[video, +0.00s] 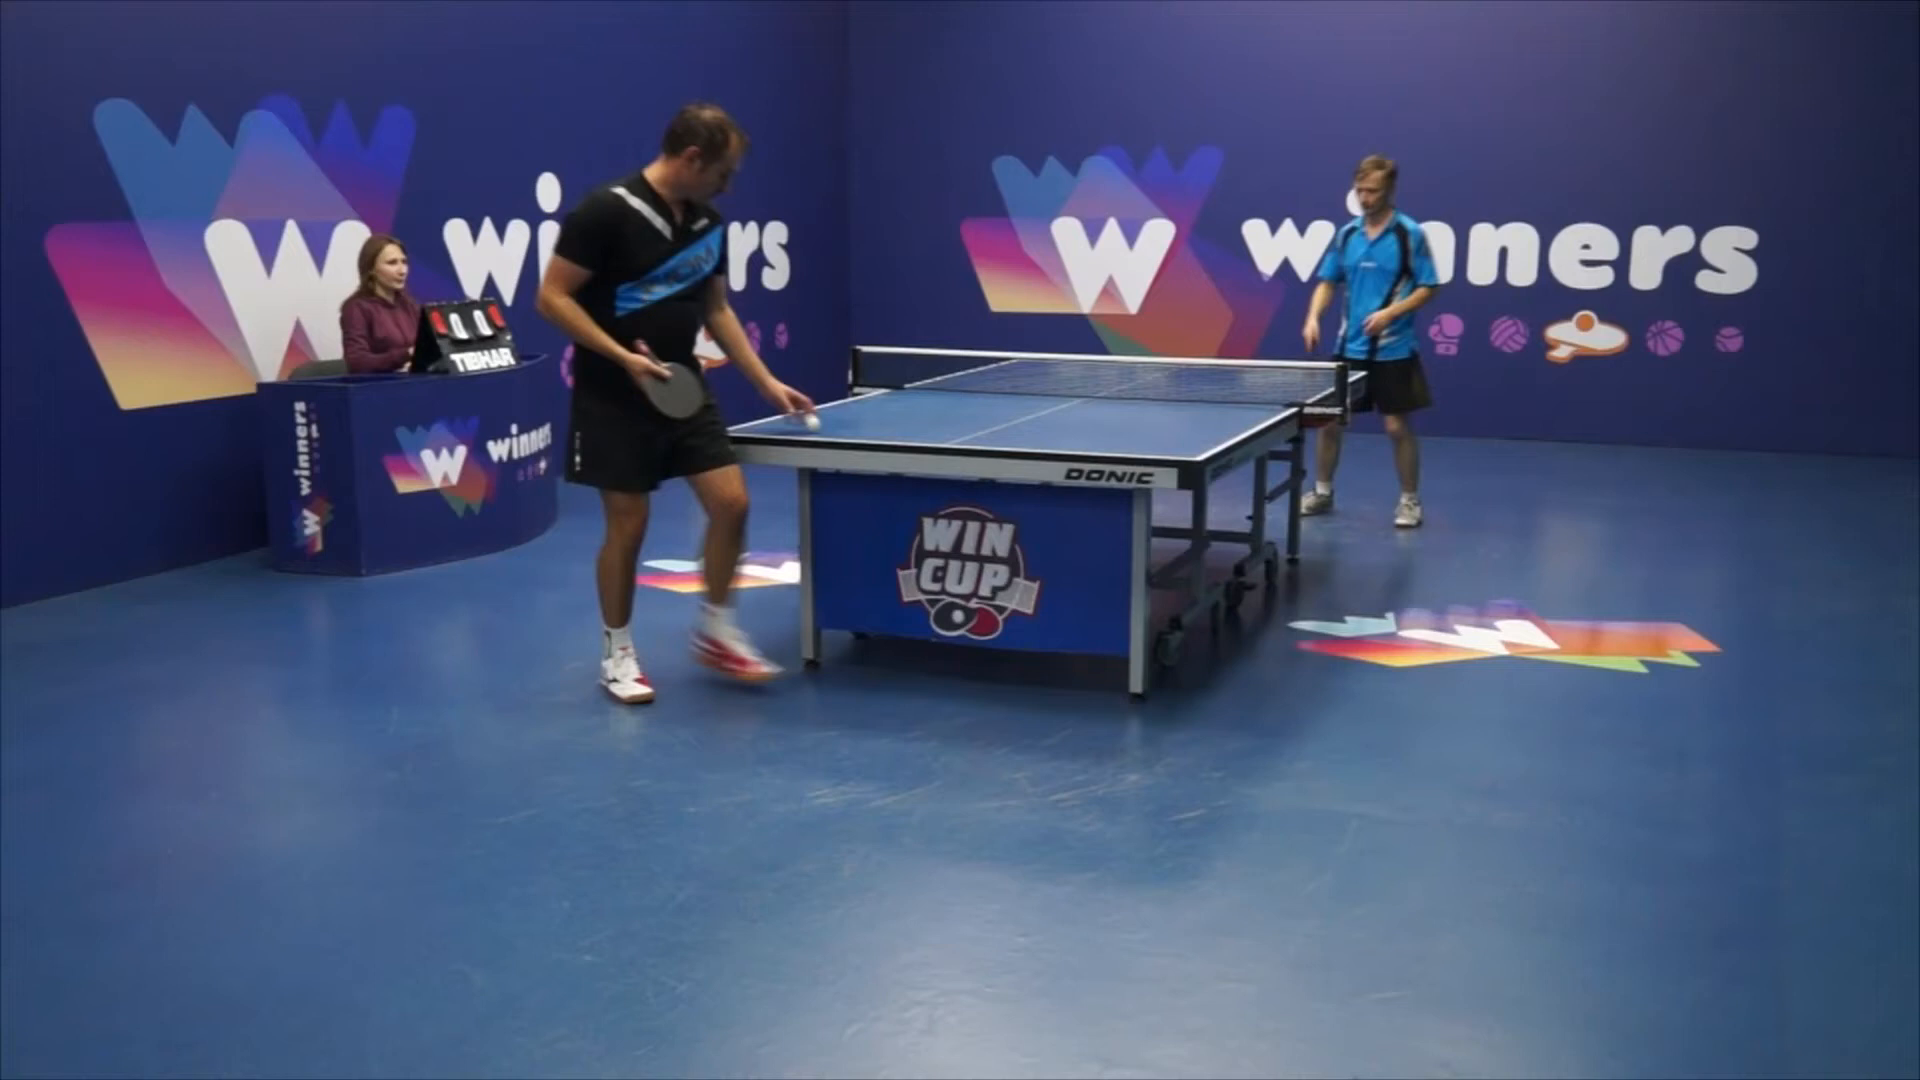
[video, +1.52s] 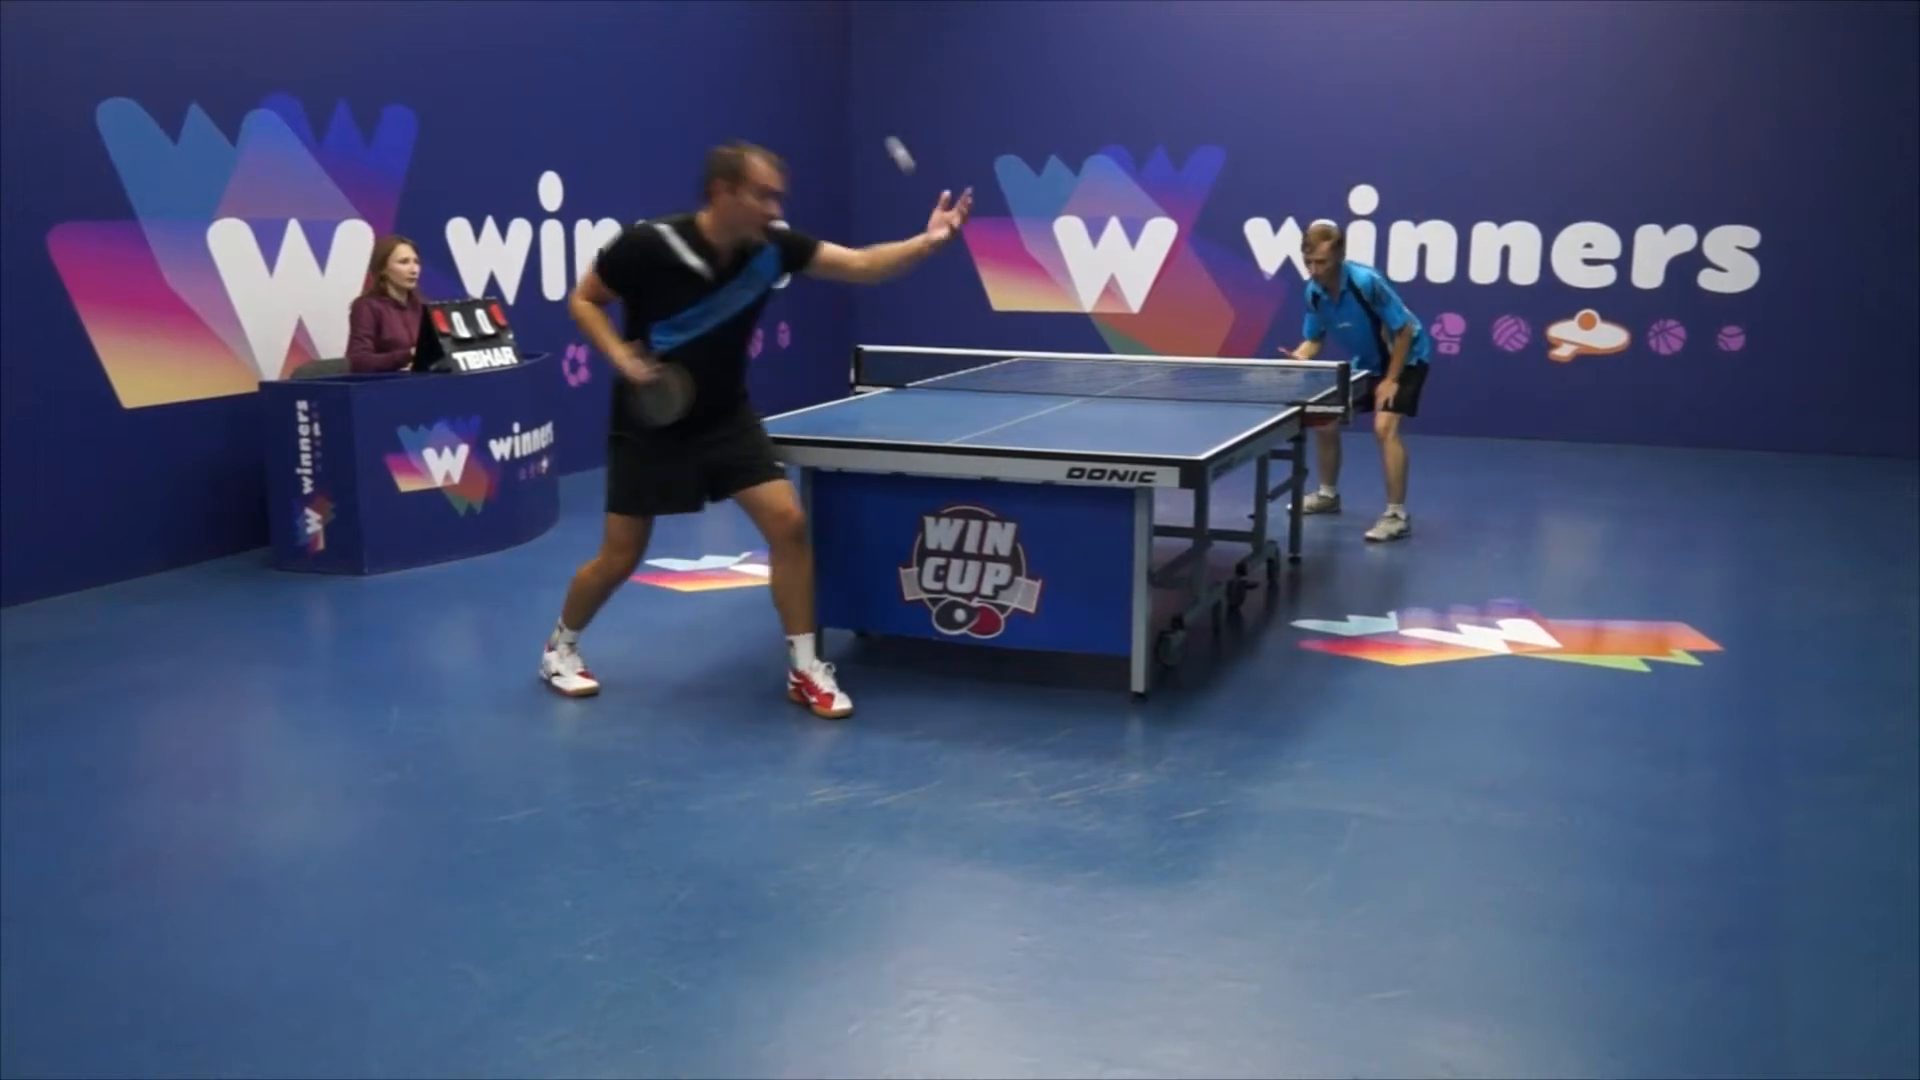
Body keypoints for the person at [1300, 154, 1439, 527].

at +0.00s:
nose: (1366, 196)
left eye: (1374, 190)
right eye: (1362, 189)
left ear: (1390, 192)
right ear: (1356, 189)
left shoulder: (1410, 233)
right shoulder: (1347, 234)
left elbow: (1427, 287)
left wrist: (1390, 314)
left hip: (1392, 350)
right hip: (1350, 348)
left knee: (1396, 427)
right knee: (1331, 422)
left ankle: (1409, 499)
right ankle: (1322, 491)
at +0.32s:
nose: (1332, 207)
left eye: (1339, 200)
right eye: (1328, 199)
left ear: (1357, 199)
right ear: (1324, 198)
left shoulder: (1381, 236)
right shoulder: (1321, 238)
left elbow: (1402, 287)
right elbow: (1310, 289)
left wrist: (1372, 319)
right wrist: (1300, 300)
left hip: (1374, 346)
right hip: (1333, 346)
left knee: (1372, 416)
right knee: (1321, 419)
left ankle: (1398, 492)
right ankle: (1322, 493)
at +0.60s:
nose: (1320, 224)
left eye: (1327, 217)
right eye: (1316, 217)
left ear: (1344, 215)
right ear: (1311, 216)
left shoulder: (1370, 247)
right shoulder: (1315, 255)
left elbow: (1401, 296)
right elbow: (1308, 304)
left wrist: (1376, 342)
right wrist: (1293, 318)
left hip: (1382, 349)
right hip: (1341, 351)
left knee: (1380, 426)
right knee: (1319, 420)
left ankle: (1392, 511)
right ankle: (1324, 493)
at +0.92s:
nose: (1319, 254)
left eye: (1327, 246)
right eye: (1315, 246)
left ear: (1344, 243)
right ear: (1309, 243)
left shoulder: (1369, 270)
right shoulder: (1317, 278)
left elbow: (1402, 323)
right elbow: (1313, 324)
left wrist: (1387, 374)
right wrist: (1296, 340)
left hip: (1400, 354)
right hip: (1363, 354)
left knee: (1384, 426)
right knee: (1326, 418)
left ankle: (1395, 513)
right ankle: (1327, 494)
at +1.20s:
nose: (1318, 272)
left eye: (1325, 264)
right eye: (1313, 264)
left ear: (1343, 258)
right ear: (1308, 260)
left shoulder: (1369, 283)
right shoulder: (1315, 290)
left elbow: (1407, 331)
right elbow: (1313, 338)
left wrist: (1391, 380)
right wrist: (1295, 358)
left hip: (1406, 355)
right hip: (1368, 358)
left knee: (1385, 427)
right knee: (1327, 418)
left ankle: (1396, 513)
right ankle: (1327, 494)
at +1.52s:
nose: (1315, 270)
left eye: (1322, 262)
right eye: (1310, 262)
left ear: (1339, 257)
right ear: (1305, 259)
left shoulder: (1366, 282)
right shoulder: (1314, 292)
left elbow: (1405, 329)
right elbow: (1314, 338)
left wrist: (1391, 379)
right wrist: (1297, 357)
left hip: (1406, 355)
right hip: (1368, 358)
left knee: (1385, 426)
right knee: (1325, 418)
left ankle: (1396, 513)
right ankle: (1327, 494)